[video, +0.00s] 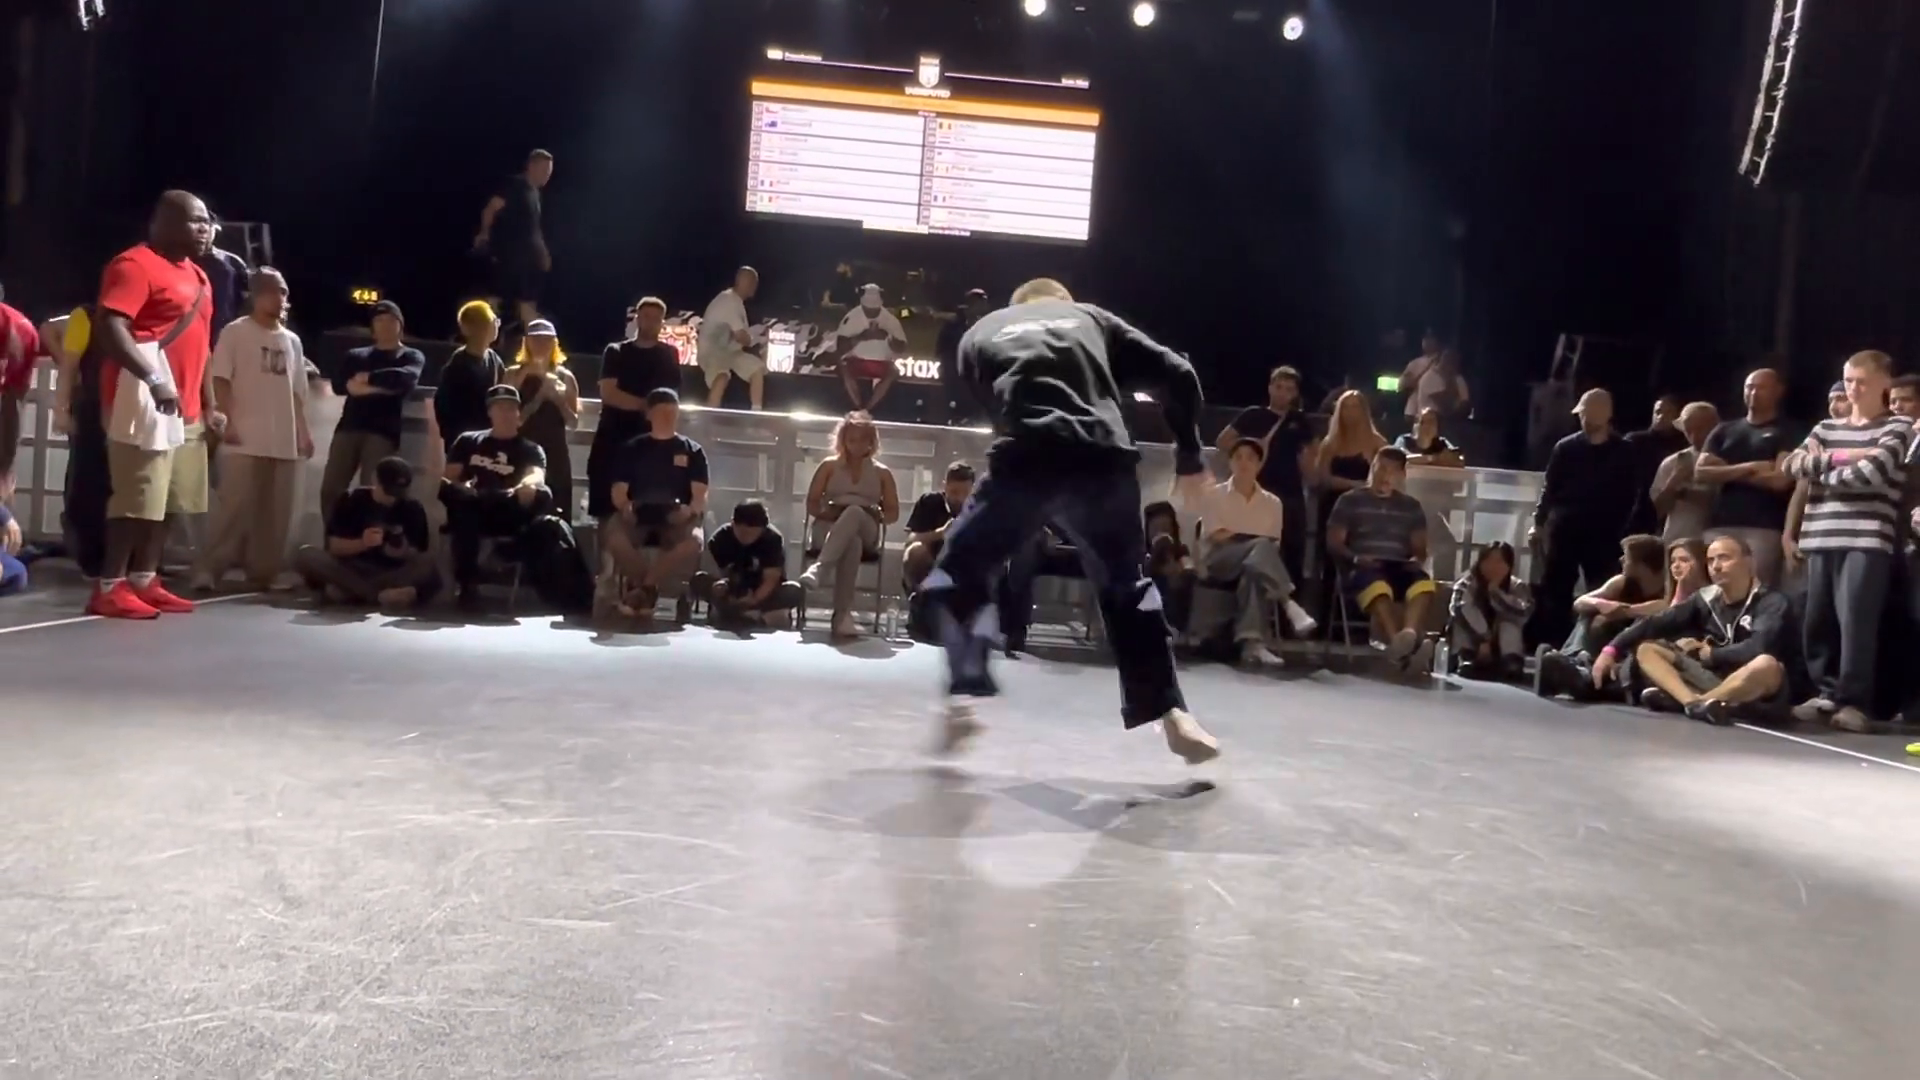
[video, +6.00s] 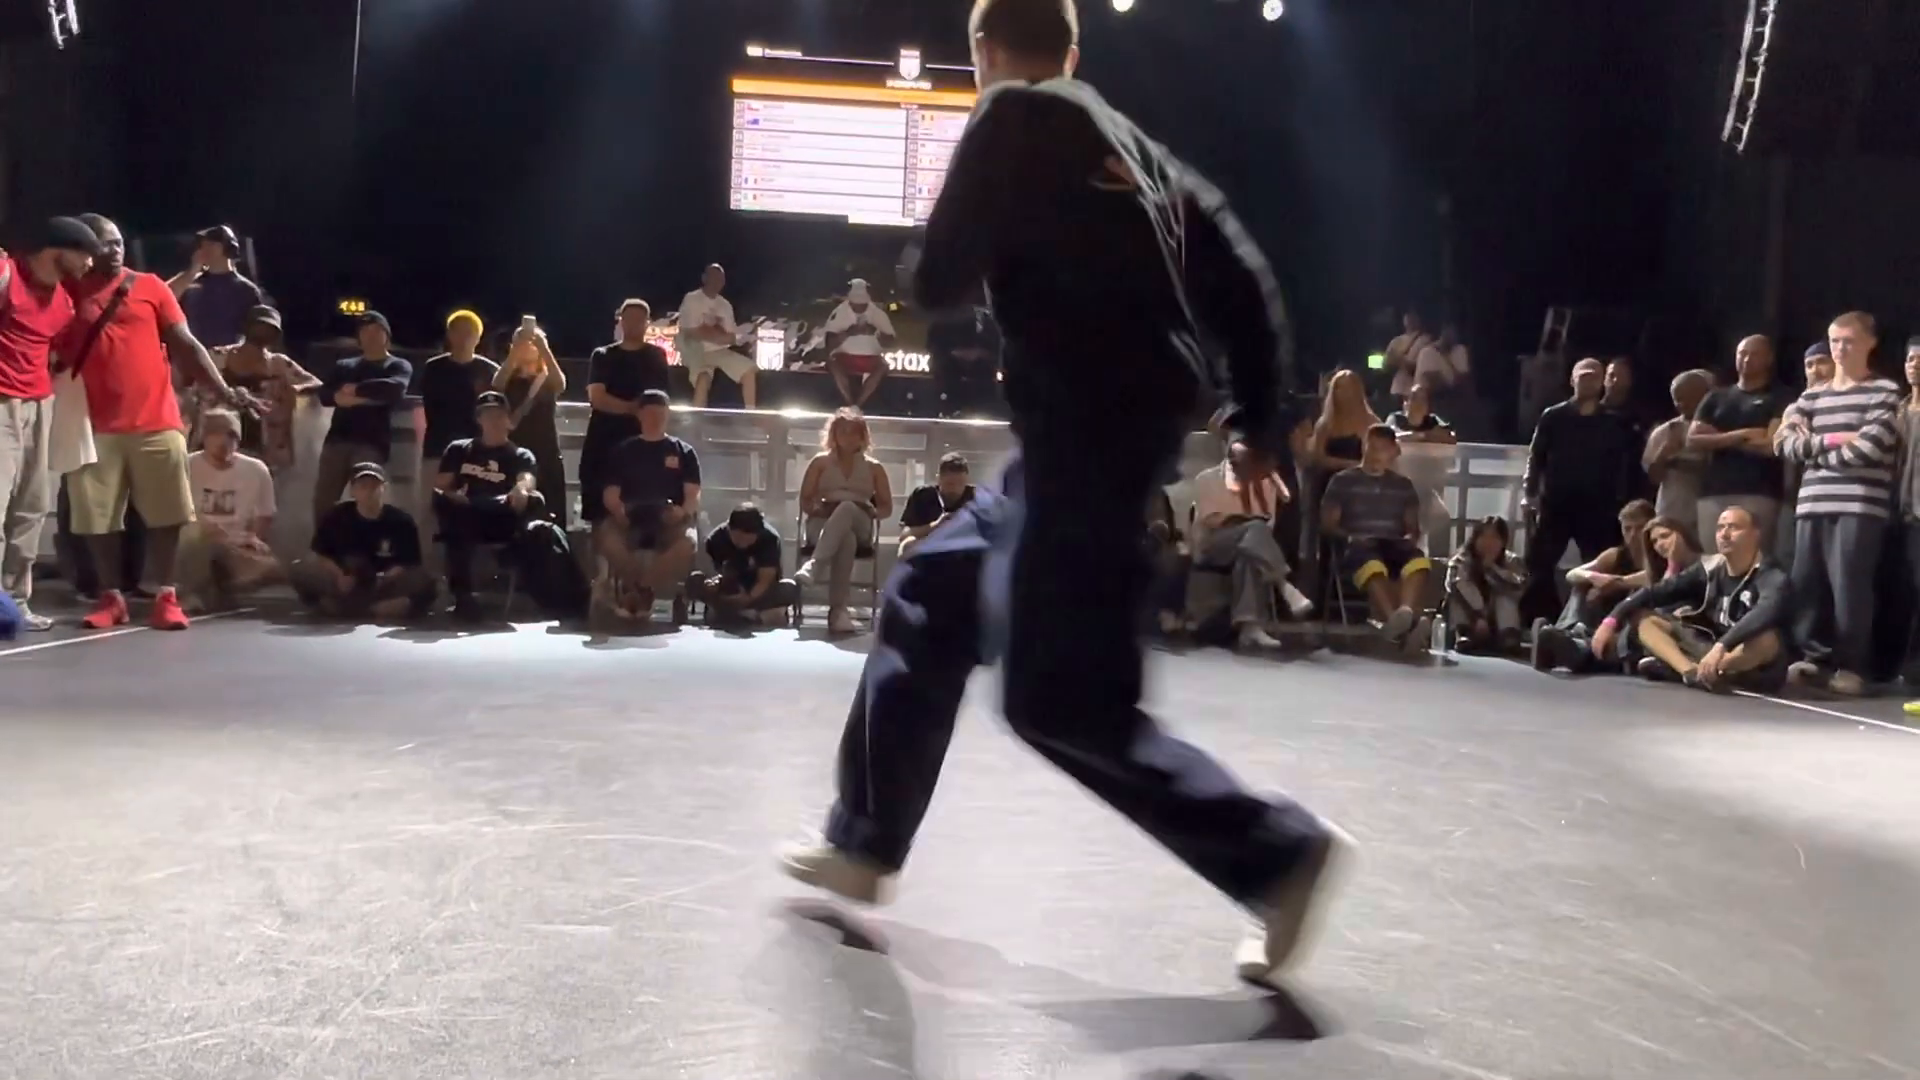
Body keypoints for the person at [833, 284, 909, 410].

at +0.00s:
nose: (871, 312)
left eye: (875, 309)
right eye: (868, 309)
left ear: (880, 305)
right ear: (862, 305)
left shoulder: (890, 319)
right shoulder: (852, 316)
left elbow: (901, 348)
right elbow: (840, 347)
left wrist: (887, 336)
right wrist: (862, 336)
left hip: (882, 362)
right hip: (857, 360)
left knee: (893, 373)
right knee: (844, 369)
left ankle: (868, 409)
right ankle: (859, 408)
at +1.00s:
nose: (885, 301)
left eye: (889, 298)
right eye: (882, 298)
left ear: (894, 294)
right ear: (876, 294)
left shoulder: (903, 307)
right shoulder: (865, 304)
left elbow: (914, 337)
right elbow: (853, 335)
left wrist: (899, 324)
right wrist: (876, 324)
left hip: (895, 350)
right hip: (869, 348)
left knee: (906, 361)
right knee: (858, 356)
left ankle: (881, 397)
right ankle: (871, 396)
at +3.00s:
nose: (889, 296)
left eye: (893, 293)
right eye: (886, 293)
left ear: (898, 289)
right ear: (879, 289)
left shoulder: (907, 302)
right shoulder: (869, 300)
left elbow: (919, 332)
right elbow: (857, 331)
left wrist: (903, 321)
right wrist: (878, 320)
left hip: (899, 346)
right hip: (874, 344)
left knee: (909, 357)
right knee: (862, 353)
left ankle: (884, 392)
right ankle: (875, 391)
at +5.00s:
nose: (876, 305)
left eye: (880, 301)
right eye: (873, 301)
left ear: (885, 298)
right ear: (867, 298)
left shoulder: (894, 310)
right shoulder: (856, 309)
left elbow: (905, 340)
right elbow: (845, 339)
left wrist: (891, 330)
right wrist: (866, 330)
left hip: (887, 354)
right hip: (860, 352)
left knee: (897, 365)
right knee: (851, 362)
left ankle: (874, 401)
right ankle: (863, 398)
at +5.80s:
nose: (859, 303)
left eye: (862, 300)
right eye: (855, 300)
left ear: (867, 296)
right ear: (849, 296)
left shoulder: (876, 307)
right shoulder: (840, 307)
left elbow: (890, 337)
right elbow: (828, 339)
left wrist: (875, 327)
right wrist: (849, 328)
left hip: (871, 353)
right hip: (845, 351)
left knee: (882, 364)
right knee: (833, 357)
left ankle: (858, 400)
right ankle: (849, 398)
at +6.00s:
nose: (859, 308)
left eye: (863, 304)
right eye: (856, 304)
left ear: (868, 301)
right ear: (849, 301)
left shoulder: (878, 313)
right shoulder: (840, 312)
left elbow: (890, 342)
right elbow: (829, 344)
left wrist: (875, 331)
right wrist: (848, 332)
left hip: (871, 357)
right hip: (845, 355)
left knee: (882, 368)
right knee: (834, 365)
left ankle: (858, 405)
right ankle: (850, 404)